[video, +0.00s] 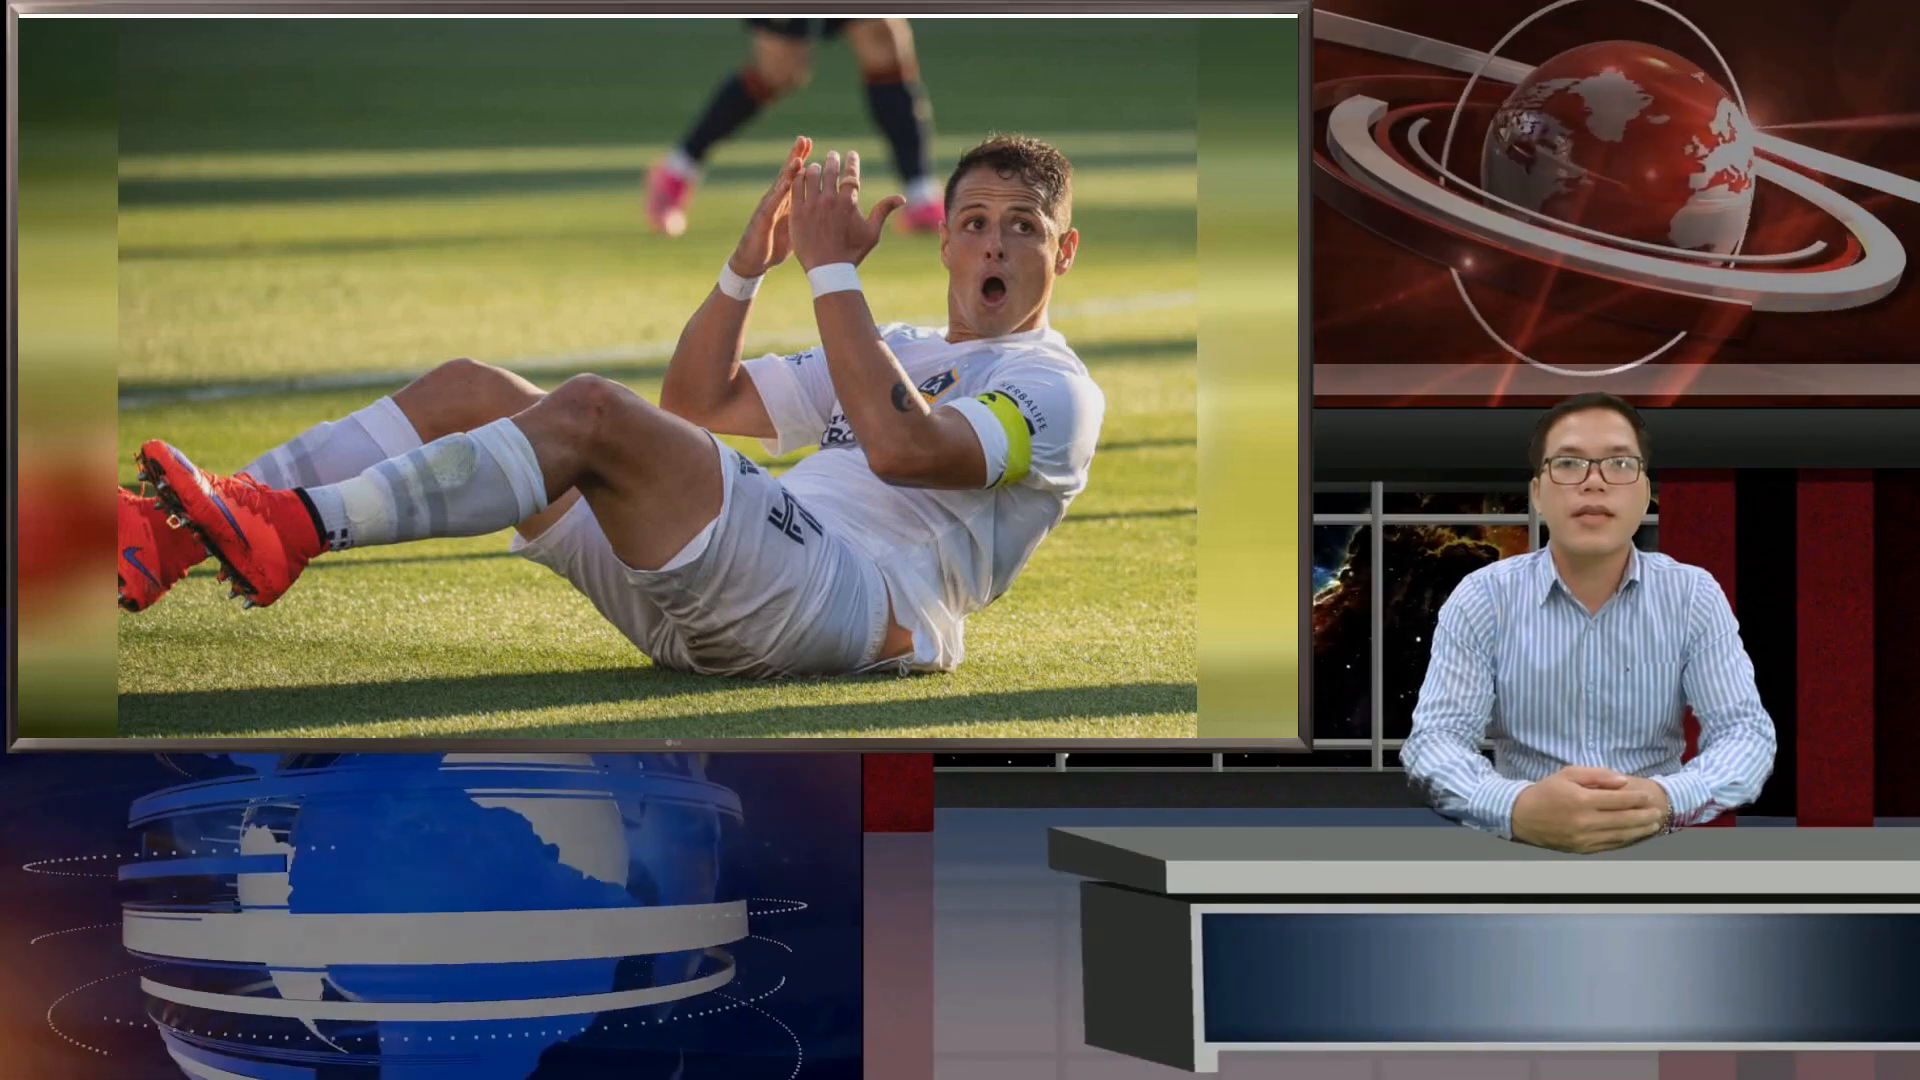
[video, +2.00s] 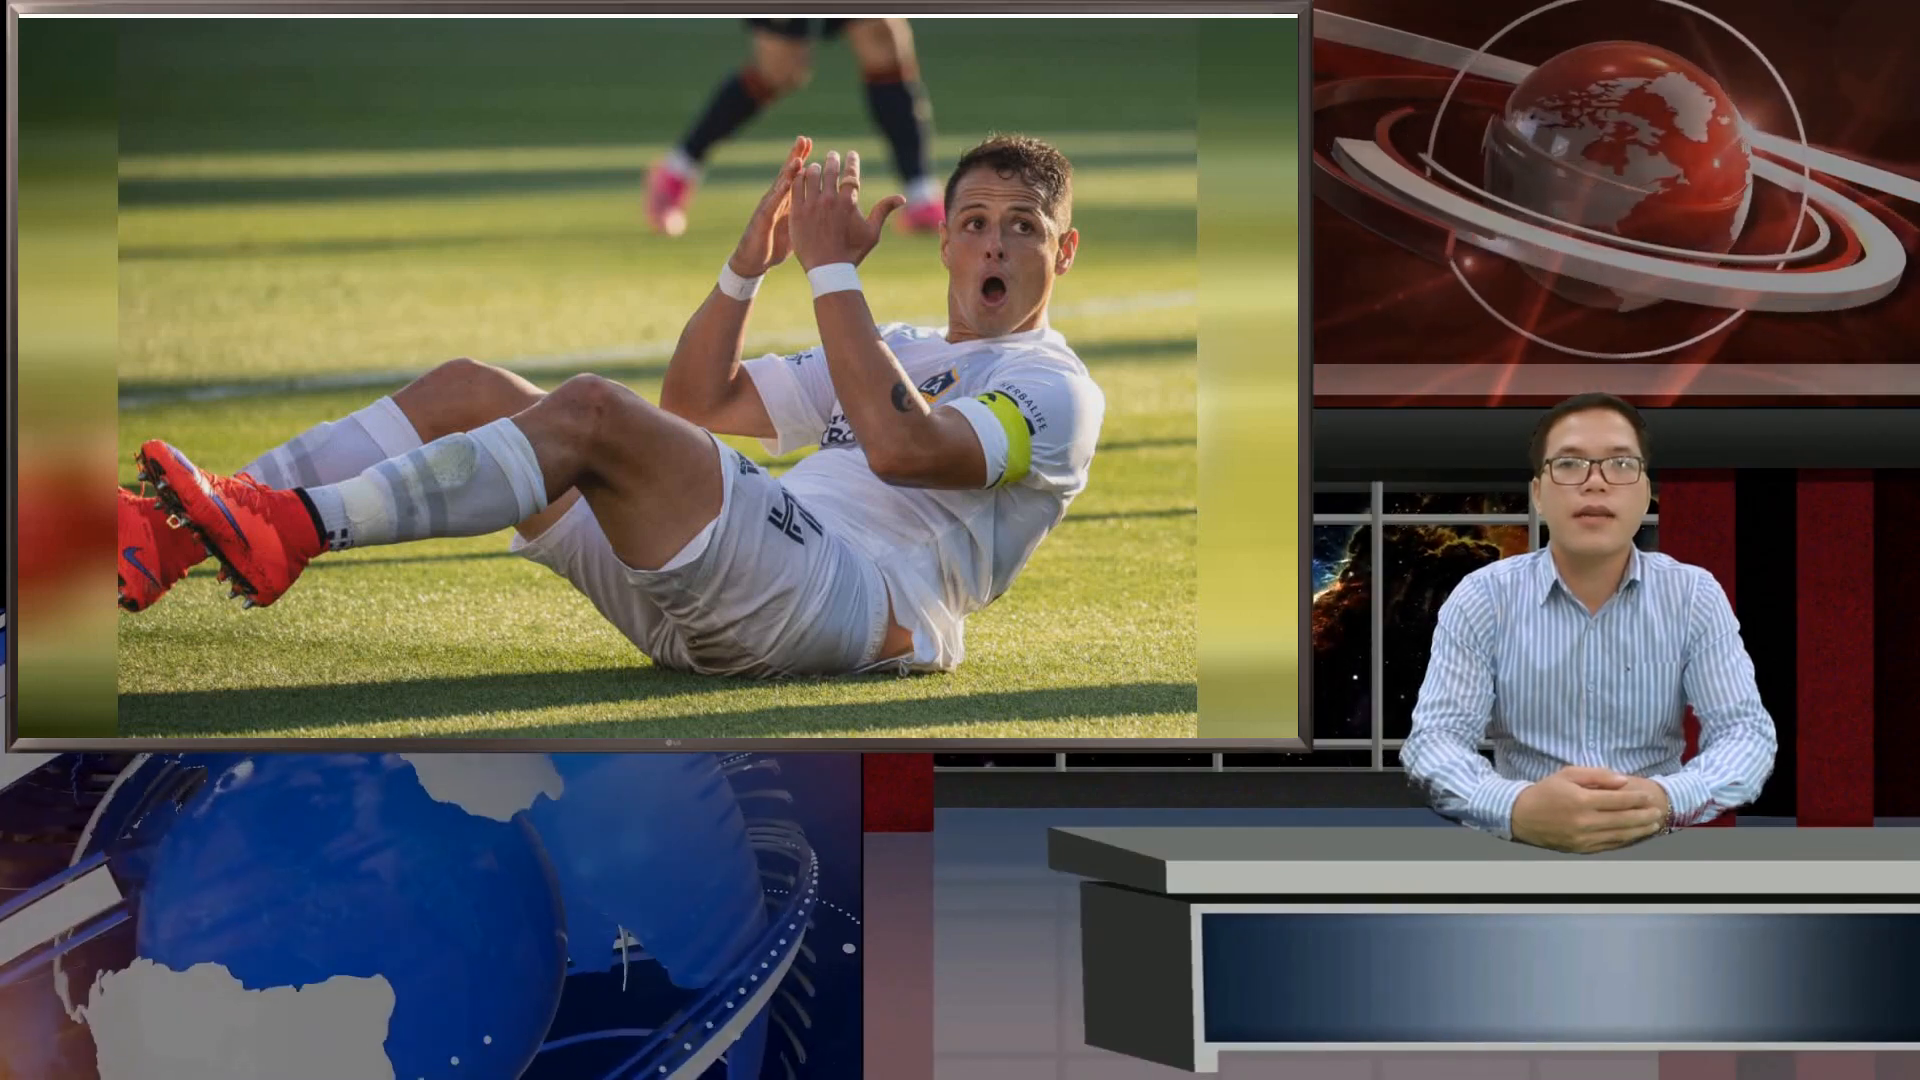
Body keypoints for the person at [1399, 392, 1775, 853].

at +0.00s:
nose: (1594, 482)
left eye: (1618, 464)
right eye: (1568, 463)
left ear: (1645, 494)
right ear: (1538, 494)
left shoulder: (1690, 598)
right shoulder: (1484, 600)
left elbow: (1744, 735)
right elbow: (1432, 745)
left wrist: (1667, 799)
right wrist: (1515, 809)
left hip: (1655, 850)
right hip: (1518, 853)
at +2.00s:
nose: (1595, 482)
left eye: (1619, 464)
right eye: (1569, 464)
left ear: (1646, 494)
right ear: (1538, 495)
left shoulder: (1690, 598)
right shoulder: (1484, 601)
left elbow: (1745, 735)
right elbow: (1432, 745)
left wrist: (1667, 800)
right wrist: (1514, 809)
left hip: (1657, 853)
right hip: (1521, 857)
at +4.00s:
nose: (1596, 483)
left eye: (1620, 465)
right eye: (1570, 464)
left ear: (1646, 494)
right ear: (1539, 496)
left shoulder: (1690, 598)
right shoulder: (1484, 601)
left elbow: (1745, 735)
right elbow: (1433, 745)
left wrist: (1667, 799)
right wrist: (1515, 809)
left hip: (1656, 853)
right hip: (1520, 857)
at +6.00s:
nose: (1597, 483)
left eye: (1621, 464)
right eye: (1571, 464)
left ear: (1647, 495)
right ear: (1539, 496)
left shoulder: (1691, 598)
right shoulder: (1485, 600)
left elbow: (1745, 735)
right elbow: (1434, 744)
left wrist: (1667, 799)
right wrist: (1514, 809)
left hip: (1656, 853)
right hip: (1520, 857)